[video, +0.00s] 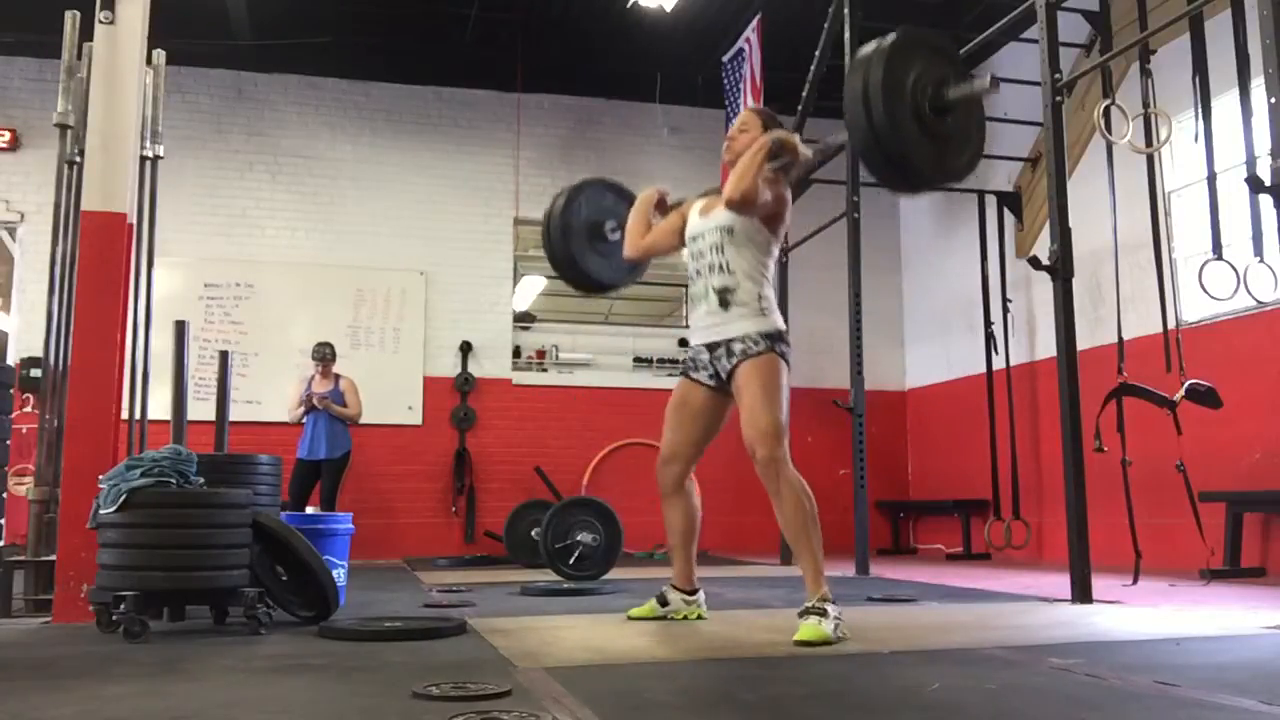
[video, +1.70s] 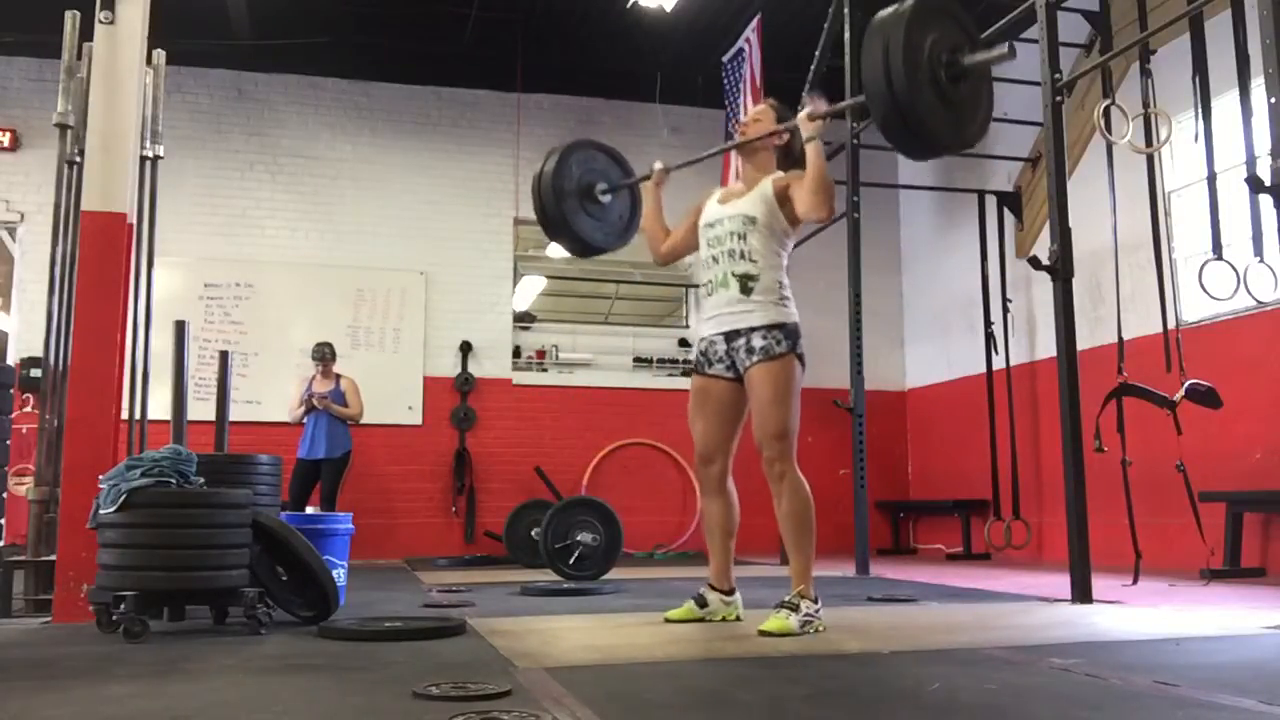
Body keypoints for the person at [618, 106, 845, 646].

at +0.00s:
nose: (731, 134)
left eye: (744, 127)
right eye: (730, 127)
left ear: (768, 146)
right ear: (726, 143)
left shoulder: (772, 196)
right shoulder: (696, 209)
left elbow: (737, 195)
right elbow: (635, 247)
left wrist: (773, 145)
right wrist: (646, 200)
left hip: (756, 342)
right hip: (705, 352)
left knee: (769, 458)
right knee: (671, 469)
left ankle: (820, 601)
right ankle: (684, 593)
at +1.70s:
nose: (744, 118)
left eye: (756, 113)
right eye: (744, 113)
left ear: (779, 134)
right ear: (740, 131)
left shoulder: (785, 183)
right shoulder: (713, 200)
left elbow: (818, 209)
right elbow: (663, 250)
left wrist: (810, 137)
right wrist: (652, 191)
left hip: (767, 333)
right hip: (714, 340)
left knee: (777, 460)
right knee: (709, 465)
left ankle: (803, 598)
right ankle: (721, 593)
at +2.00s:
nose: (752, 128)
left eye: (764, 123)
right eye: (750, 122)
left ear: (789, 139)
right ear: (746, 138)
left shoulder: (798, 175)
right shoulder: (726, 194)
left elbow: (855, 170)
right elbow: (677, 222)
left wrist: (830, 194)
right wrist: (663, 255)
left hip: (787, 333)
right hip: (735, 339)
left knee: (789, 459)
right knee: (719, 463)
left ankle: (804, 598)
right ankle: (722, 592)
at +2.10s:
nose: (725, 127)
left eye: (738, 121)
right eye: (726, 121)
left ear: (765, 136)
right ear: (725, 138)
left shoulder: (785, 181)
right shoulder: (712, 204)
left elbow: (846, 216)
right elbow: (680, 265)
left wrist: (820, 279)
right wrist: (667, 319)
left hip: (791, 339)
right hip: (739, 348)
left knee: (792, 462)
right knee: (720, 464)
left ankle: (804, 599)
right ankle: (722, 592)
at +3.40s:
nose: (727, 137)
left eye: (738, 129)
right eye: (725, 130)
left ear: (767, 139)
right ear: (724, 142)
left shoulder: (787, 188)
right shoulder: (714, 211)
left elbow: (806, 252)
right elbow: (689, 279)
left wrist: (808, 315)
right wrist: (668, 340)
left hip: (770, 338)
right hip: (716, 345)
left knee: (777, 459)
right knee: (716, 464)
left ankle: (808, 597)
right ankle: (722, 593)